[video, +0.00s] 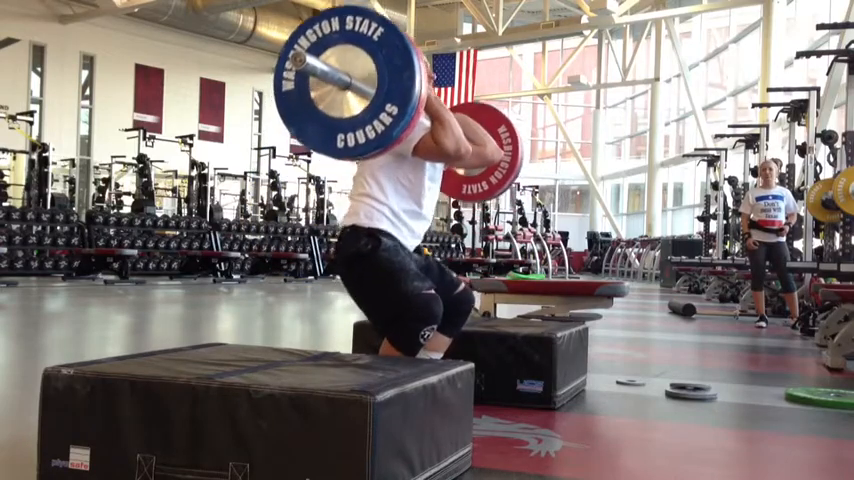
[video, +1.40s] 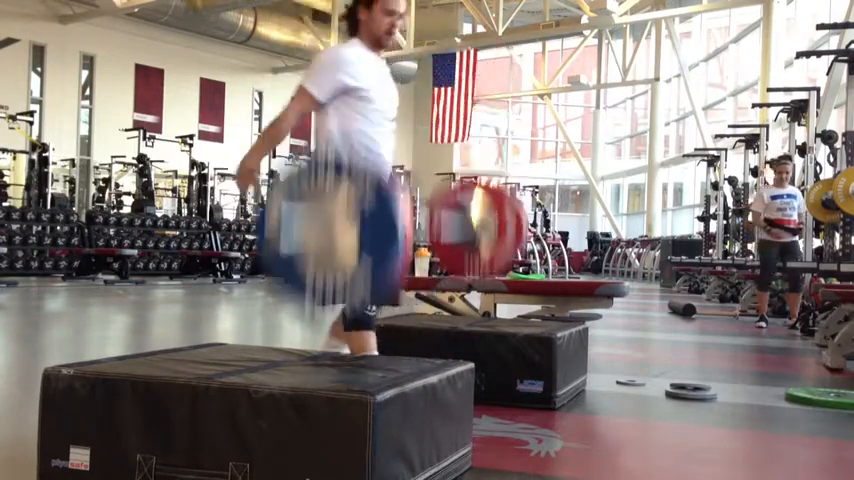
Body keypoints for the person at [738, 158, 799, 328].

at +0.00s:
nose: (767, 172)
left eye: (770, 169)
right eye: (764, 170)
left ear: (776, 172)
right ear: (760, 173)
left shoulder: (784, 192)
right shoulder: (752, 193)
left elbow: (792, 213)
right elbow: (744, 216)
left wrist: (788, 224)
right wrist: (746, 235)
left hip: (778, 239)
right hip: (757, 239)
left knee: (785, 275)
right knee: (757, 277)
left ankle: (795, 317)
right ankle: (761, 316)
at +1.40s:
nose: (783, 176)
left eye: (787, 173)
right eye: (780, 172)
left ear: (791, 174)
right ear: (773, 173)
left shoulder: (796, 193)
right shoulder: (764, 192)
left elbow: (801, 216)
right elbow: (755, 218)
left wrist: (800, 224)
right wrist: (769, 229)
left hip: (790, 240)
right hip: (769, 240)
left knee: (796, 275)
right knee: (766, 274)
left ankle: (794, 317)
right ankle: (762, 315)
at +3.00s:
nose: (809, 171)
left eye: (812, 168)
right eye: (806, 168)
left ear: (819, 169)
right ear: (802, 170)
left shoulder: (827, 190)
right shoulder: (796, 190)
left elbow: (833, 213)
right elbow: (790, 215)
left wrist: (836, 223)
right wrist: (815, 224)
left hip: (826, 238)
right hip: (805, 238)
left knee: (831, 277)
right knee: (808, 278)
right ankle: (808, 319)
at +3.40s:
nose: (815, 170)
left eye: (818, 167)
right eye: (812, 167)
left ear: (824, 169)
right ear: (807, 170)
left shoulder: (831, 188)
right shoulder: (800, 188)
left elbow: (837, 209)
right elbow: (781, 206)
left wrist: (840, 222)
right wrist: (799, 216)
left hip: (830, 238)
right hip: (808, 237)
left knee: (832, 276)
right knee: (809, 278)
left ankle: (800, 295)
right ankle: (809, 318)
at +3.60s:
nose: (817, 170)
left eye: (820, 167)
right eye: (814, 167)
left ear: (827, 168)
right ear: (810, 169)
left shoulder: (835, 187)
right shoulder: (802, 187)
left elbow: (840, 209)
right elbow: (782, 205)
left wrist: (842, 222)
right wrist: (798, 216)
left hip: (832, 238)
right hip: (810, 238)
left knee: (834, 277)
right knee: (809, 278)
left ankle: (831, 315)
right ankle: (809, 318)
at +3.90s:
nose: (820, 170)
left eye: (824, 166)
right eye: (817, 166)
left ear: (831, 168)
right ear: (813, 169)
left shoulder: (838, 187)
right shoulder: (805, 186)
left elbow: (845, 207)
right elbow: (787, 206)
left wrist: (845, 220)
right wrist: (805, 216)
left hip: (834, 238)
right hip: (812, 238)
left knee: (834, 278)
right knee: (810, 278)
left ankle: (832, 317)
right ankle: (809, 318)